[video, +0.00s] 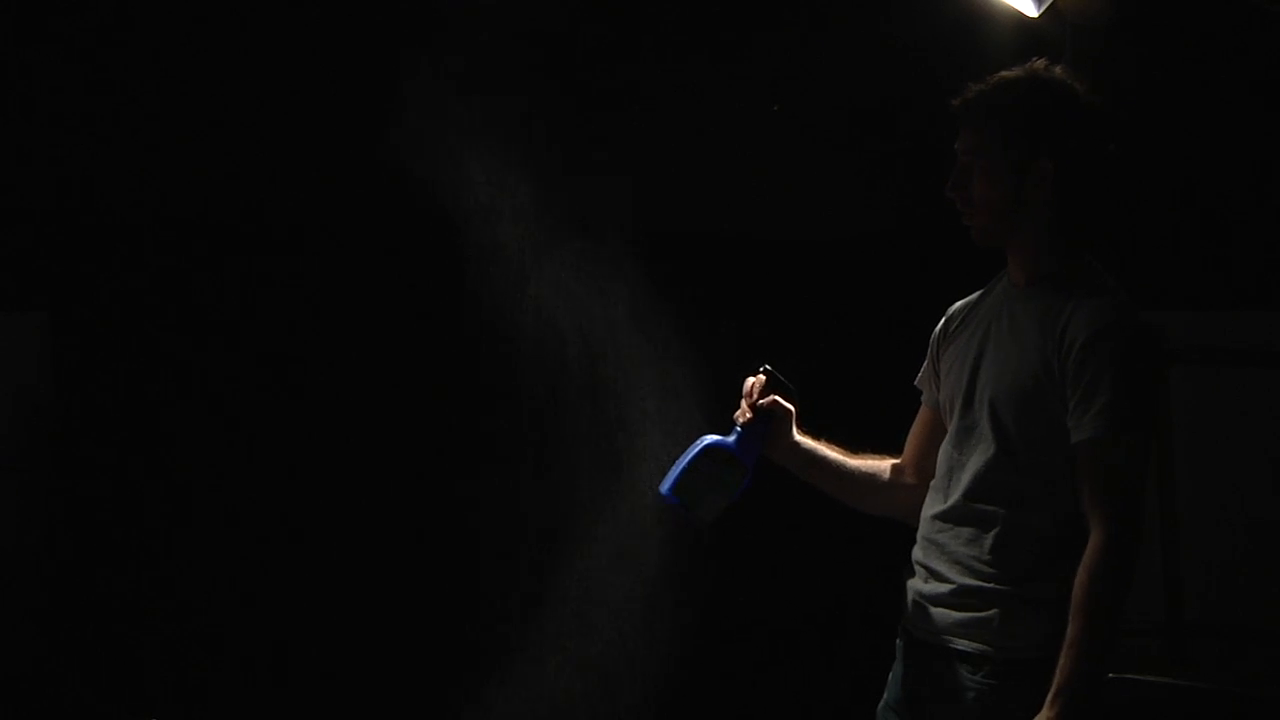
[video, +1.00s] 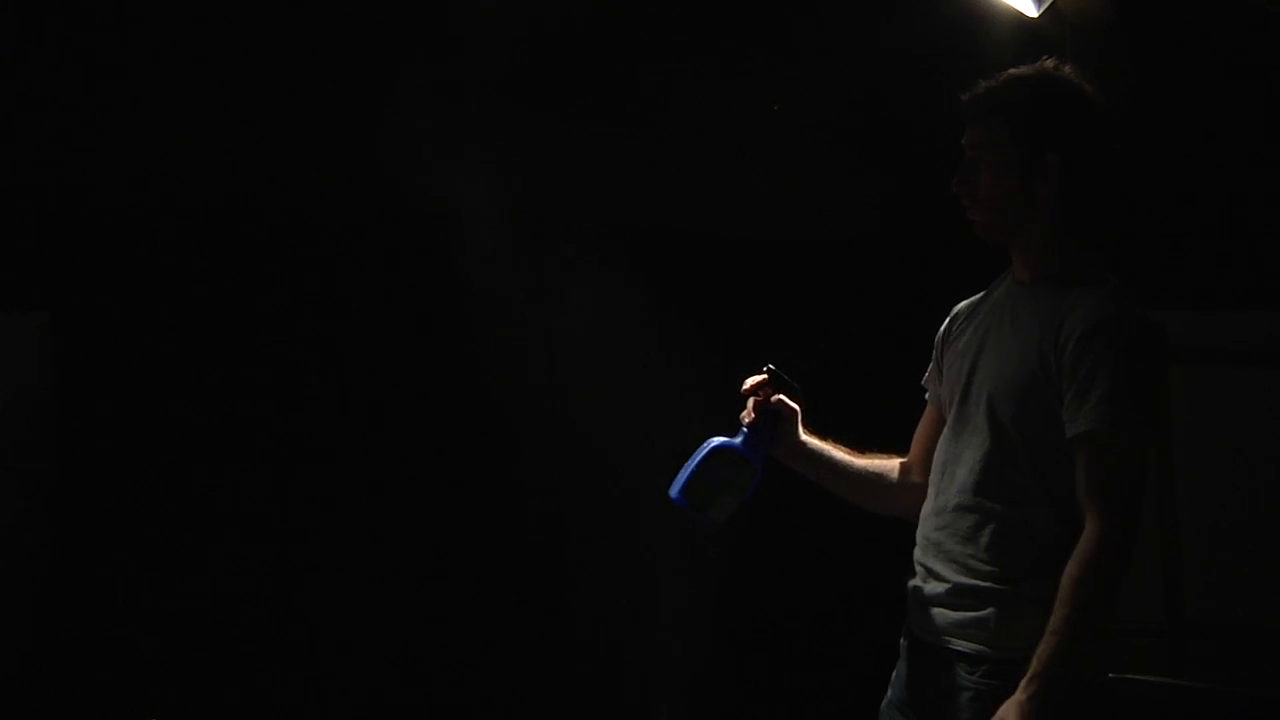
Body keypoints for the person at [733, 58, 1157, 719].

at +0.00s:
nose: (955, 185)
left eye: (976, 164)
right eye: (959, 163)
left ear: (1037, 174)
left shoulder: (1096, 324)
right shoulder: (962, 322)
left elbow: (1112, 529)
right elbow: (912, 486)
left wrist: (1062, 698)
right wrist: (791, 443)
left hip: (1013, 663)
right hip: (923, 646)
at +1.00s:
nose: (963, 180)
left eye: (983, 159)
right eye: (967, 159)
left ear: (1044, 171)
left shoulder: (1097, 323)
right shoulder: (966, 321)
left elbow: (1108, 526)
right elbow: (914, 485)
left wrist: (1035, 692)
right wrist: (797, 443)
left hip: (1011, 668)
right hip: (925, 648)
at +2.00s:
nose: (1119, 316)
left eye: (1141, 299)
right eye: (1124, 297)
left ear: (1202, 318)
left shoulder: (1260, 460)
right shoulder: (1088, 456)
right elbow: (932, 520)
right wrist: (807, 448)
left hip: (1229, 700)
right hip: (1113, 701)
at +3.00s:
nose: (1117, 318)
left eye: (1140, 301)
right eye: (1122, 299)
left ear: (1200, 318)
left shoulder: (1256, 458)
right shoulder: (1090, 455)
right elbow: (932, 520)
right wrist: (810, 449)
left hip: (1232, 700)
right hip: (1118, 701)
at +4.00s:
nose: (1116, 325)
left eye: (1138, 307)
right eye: (1120, 306)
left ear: (1199, 327)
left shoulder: (1255, 461)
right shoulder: (1084, 463)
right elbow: (930, 527)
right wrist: (810, 456)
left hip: (1233, 699)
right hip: (1115, 700)